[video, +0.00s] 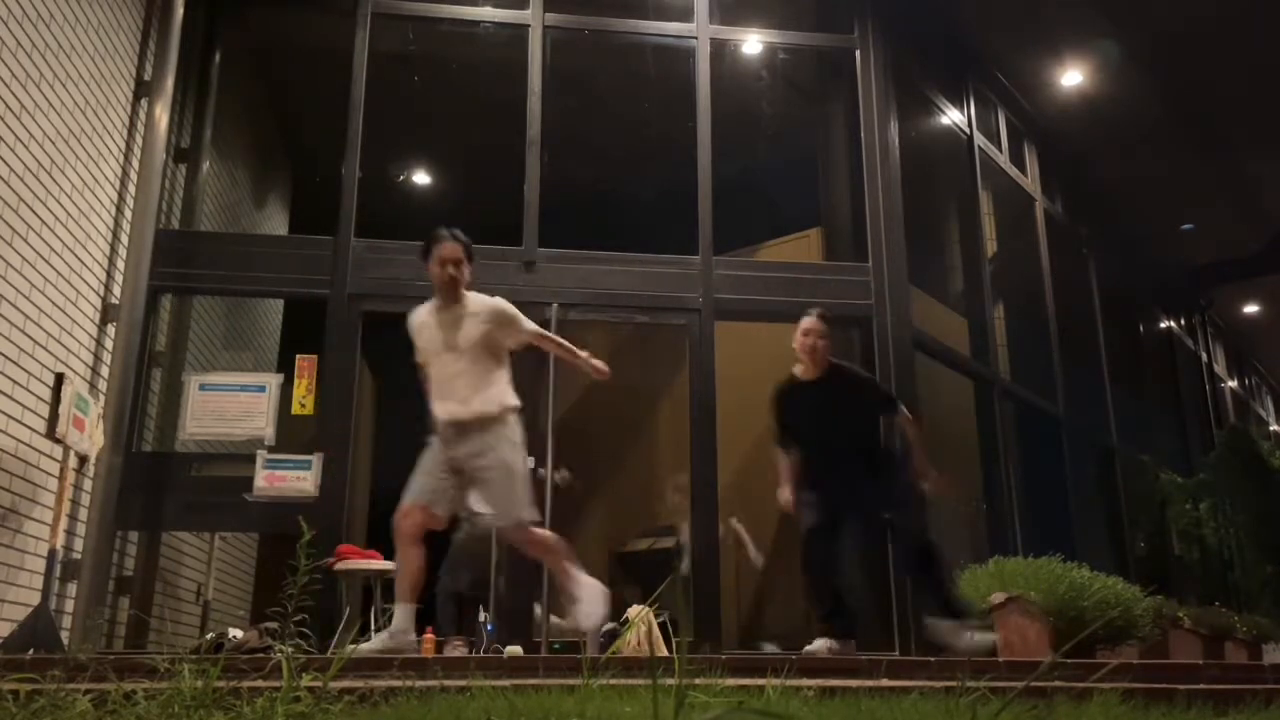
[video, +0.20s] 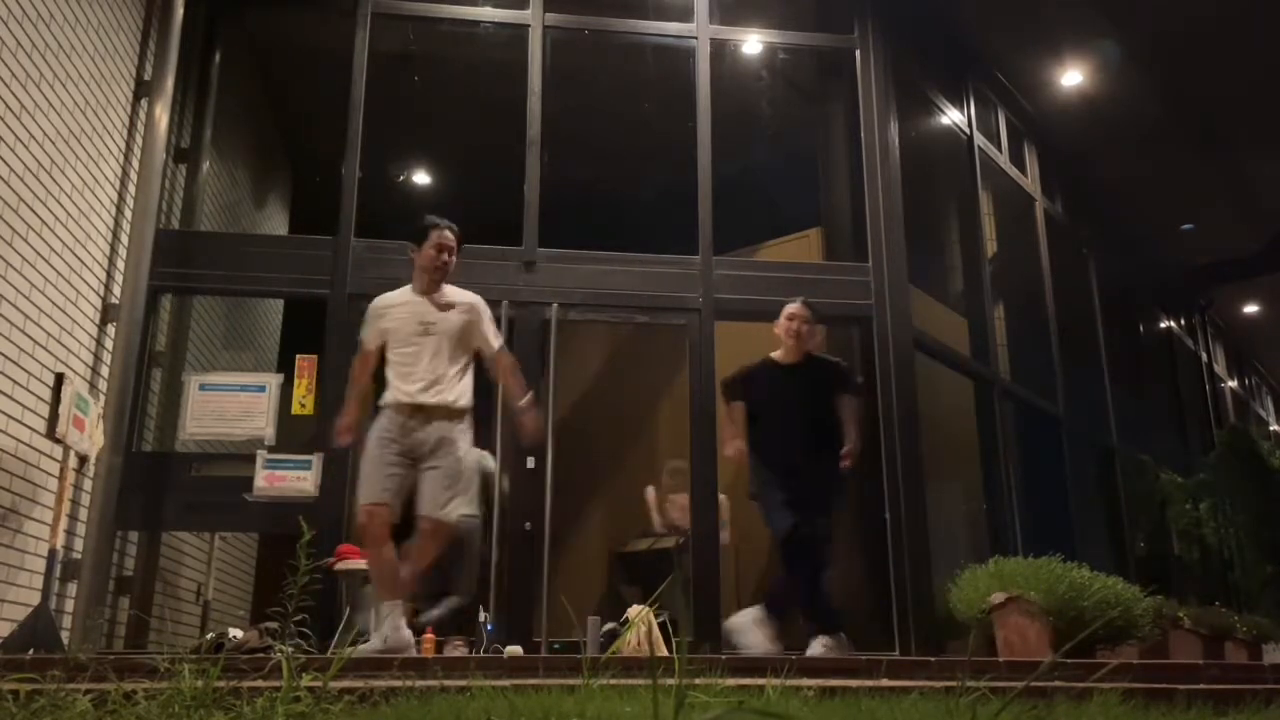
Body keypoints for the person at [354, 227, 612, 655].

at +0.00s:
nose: (451, 272)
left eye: (458, 264)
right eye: (443, 264)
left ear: (469, 269)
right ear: (428, 269)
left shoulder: (493, 311)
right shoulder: (419, 320)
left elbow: (541, 339)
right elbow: (429, 373)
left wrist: (584, 360)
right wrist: (441, 415)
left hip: (496, 433)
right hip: (446, 438)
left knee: (516, 530)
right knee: (408, 523)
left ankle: (585, 589)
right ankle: (401, 630)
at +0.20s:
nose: (443, 257)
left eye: (450, 252)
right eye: (437, 249)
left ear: (455, 260)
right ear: (416, 252)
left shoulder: (470, 306)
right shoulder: (384, 307)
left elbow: (499, 360)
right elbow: (365, 363)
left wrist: (524, 407)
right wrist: (351, 412)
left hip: (449, 427)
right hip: (393, 423)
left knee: (437, 528)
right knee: (372, 519)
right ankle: (394, 627)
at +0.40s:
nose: (441, 278)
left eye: (444, 272)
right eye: (433, 270)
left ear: (443, 279)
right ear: (406, 273)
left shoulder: (445, 336)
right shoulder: (369, 318)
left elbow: (457, 391)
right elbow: (336, 368)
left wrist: (460, 416)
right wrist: (336, 399)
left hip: (407, 443)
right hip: (358, 426)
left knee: (365, 546)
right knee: (348, 518)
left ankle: (287, 625)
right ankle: (373, 622)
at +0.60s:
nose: (443, 254)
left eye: (446, 247)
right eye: (436, 246)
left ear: (443, 250)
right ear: (409, 243)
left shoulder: (441, 300)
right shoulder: (375, 278)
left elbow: (463, 359)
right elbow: (341, 309)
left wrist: (487, 322)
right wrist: (403, 283)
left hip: (404, 410)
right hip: (358, 398)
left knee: (404, 514)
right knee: (351, 489)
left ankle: (326, 596)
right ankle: (300, 594)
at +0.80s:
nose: (455, 291)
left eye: (457, 283)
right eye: (448, 282)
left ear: (450, 288)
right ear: (420, 280)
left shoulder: (437, 341)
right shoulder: (383, 312)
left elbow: (463, 396)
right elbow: (383, 343)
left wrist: (504, 366)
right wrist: (444, 313)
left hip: (402, 445)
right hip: (355, 436)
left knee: (468, 507)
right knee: (330, 538)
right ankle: (259, 627)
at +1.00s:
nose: (499, 295)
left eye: (502, 288)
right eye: (492, 286)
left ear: (501, 292)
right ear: (467, 287)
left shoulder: (492, 344)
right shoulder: (443, 330)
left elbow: (487, 411)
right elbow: (415, 390)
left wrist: (513, 455)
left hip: (462, 456)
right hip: (410, 448)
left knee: (504, 534)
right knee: (359, 542)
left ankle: (539, 636)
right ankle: (267, 619)